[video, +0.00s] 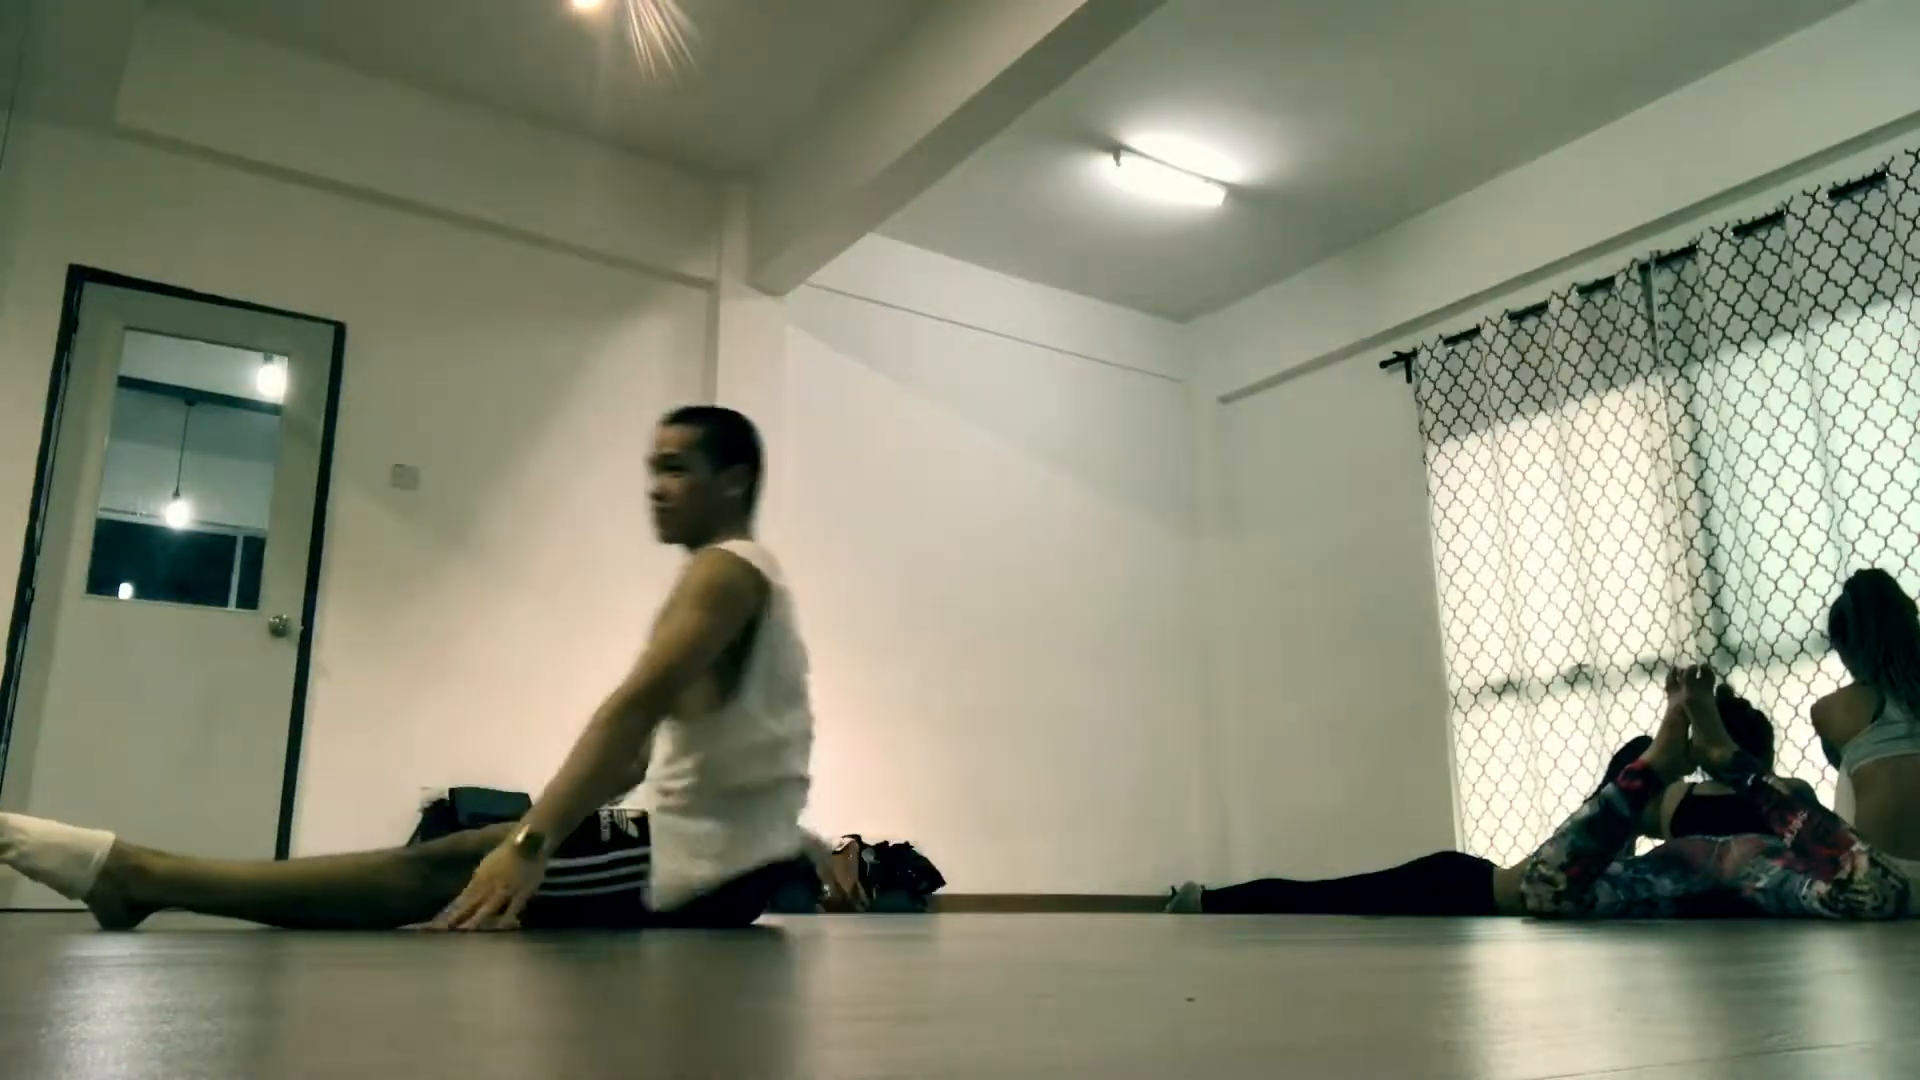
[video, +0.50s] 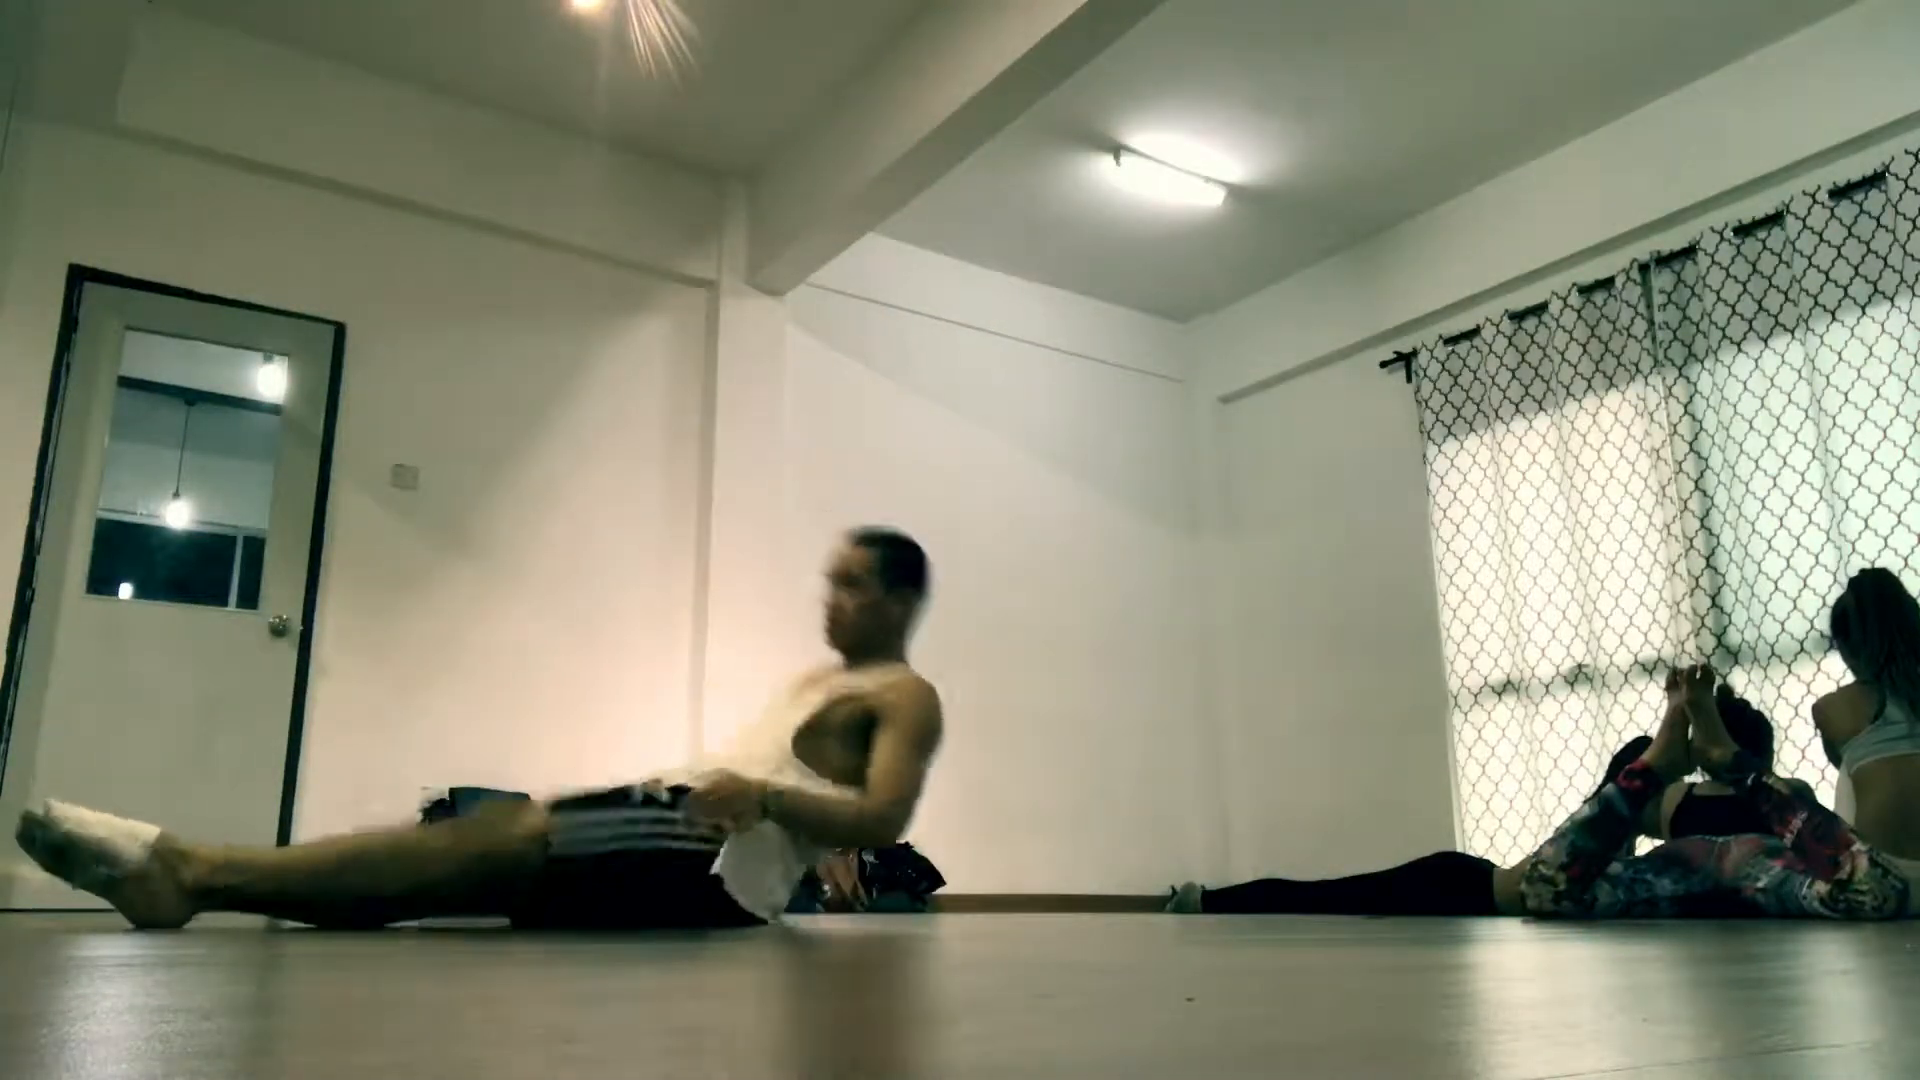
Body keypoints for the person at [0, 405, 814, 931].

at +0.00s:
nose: (657, 488)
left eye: (677, 469)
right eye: (655, 471)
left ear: (736, 481)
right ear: (692, 484)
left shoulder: (727, 573)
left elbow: (635, 711)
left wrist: (527, 849)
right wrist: (536, 839)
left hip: (716, 856)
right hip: (712, 847)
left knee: (437, 869)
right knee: (445, 860)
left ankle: (139, 880)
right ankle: (145, 883)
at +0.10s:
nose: (695, 505)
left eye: (714, 487)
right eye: (694, 488)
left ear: (774, 497)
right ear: (727, 500)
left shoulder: (775, 590)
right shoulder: (753, 598)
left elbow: (687, 715)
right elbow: (689, 734)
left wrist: (557, 818)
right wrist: (570, 821)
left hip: (714, 849)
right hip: (692, 839)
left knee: (444, 862)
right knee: (441, 856)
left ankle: (144, 873)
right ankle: (156, 879)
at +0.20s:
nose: (727, 525)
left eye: (745, 506)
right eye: (725, 507)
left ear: (803, 516)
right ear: (750, 520)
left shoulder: (814, 612)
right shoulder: (764, 627)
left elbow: (768, 732)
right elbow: (731, 762)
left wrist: (622, 805)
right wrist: (612, 822)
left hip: (719, 859)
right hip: (686, 844)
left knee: (455, 861)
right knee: (452, 839)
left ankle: (154, 876)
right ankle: (173, 886)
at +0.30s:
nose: (753, 537)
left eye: (773, 519)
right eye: (752, 520)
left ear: (831, 531)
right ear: (773, 532)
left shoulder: (846, 623)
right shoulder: (780, 630)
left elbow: (832, 754)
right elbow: (754, 754)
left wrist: (693, 803)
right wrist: (668, 803)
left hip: (711, 856)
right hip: (680, 836)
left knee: (452, 862)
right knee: (447, 840)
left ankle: (164, 872)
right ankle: (167, 878)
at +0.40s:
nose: (785, 558)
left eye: (805, 542)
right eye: (786, 541)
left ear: (860, 555)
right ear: (809, 553)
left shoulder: (872, 644)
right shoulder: (795, 646)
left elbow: (865, 776)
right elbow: (756, 755)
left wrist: (749, 803)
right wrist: (680, 792)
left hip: (706, 842)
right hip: (673, 824)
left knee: (462, 861)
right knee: (441, 854)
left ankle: (183, 879)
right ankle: (176, 881)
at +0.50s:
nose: (830, 599)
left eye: (850, 588)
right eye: (832, 584)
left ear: (896, 607)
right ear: (843, 594)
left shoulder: (905, 696)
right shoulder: (820, 689)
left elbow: (880, 816)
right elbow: (777, 783)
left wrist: (763, 792)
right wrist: (692, 796)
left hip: (731, 850)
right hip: (693, 822)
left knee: (495, 840)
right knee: (454, 836)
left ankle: (189, 873)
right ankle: (178, 884)